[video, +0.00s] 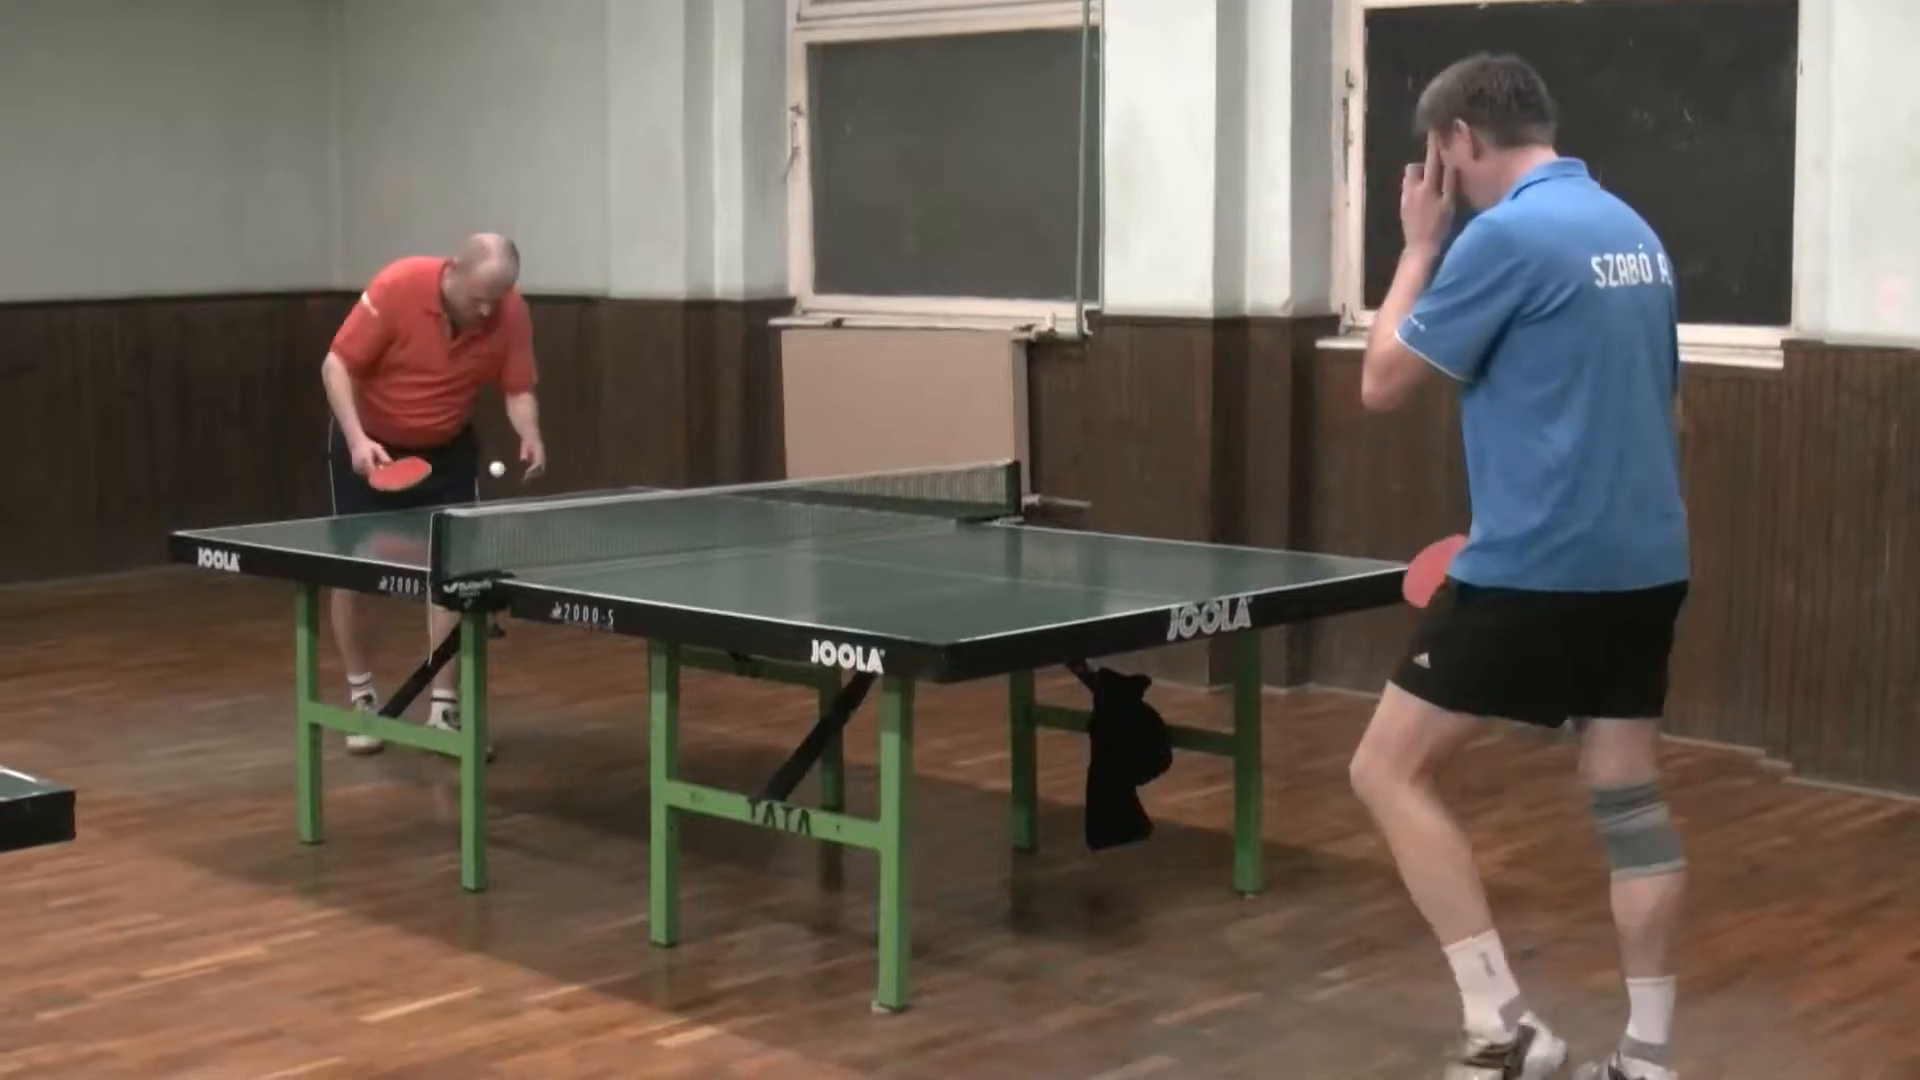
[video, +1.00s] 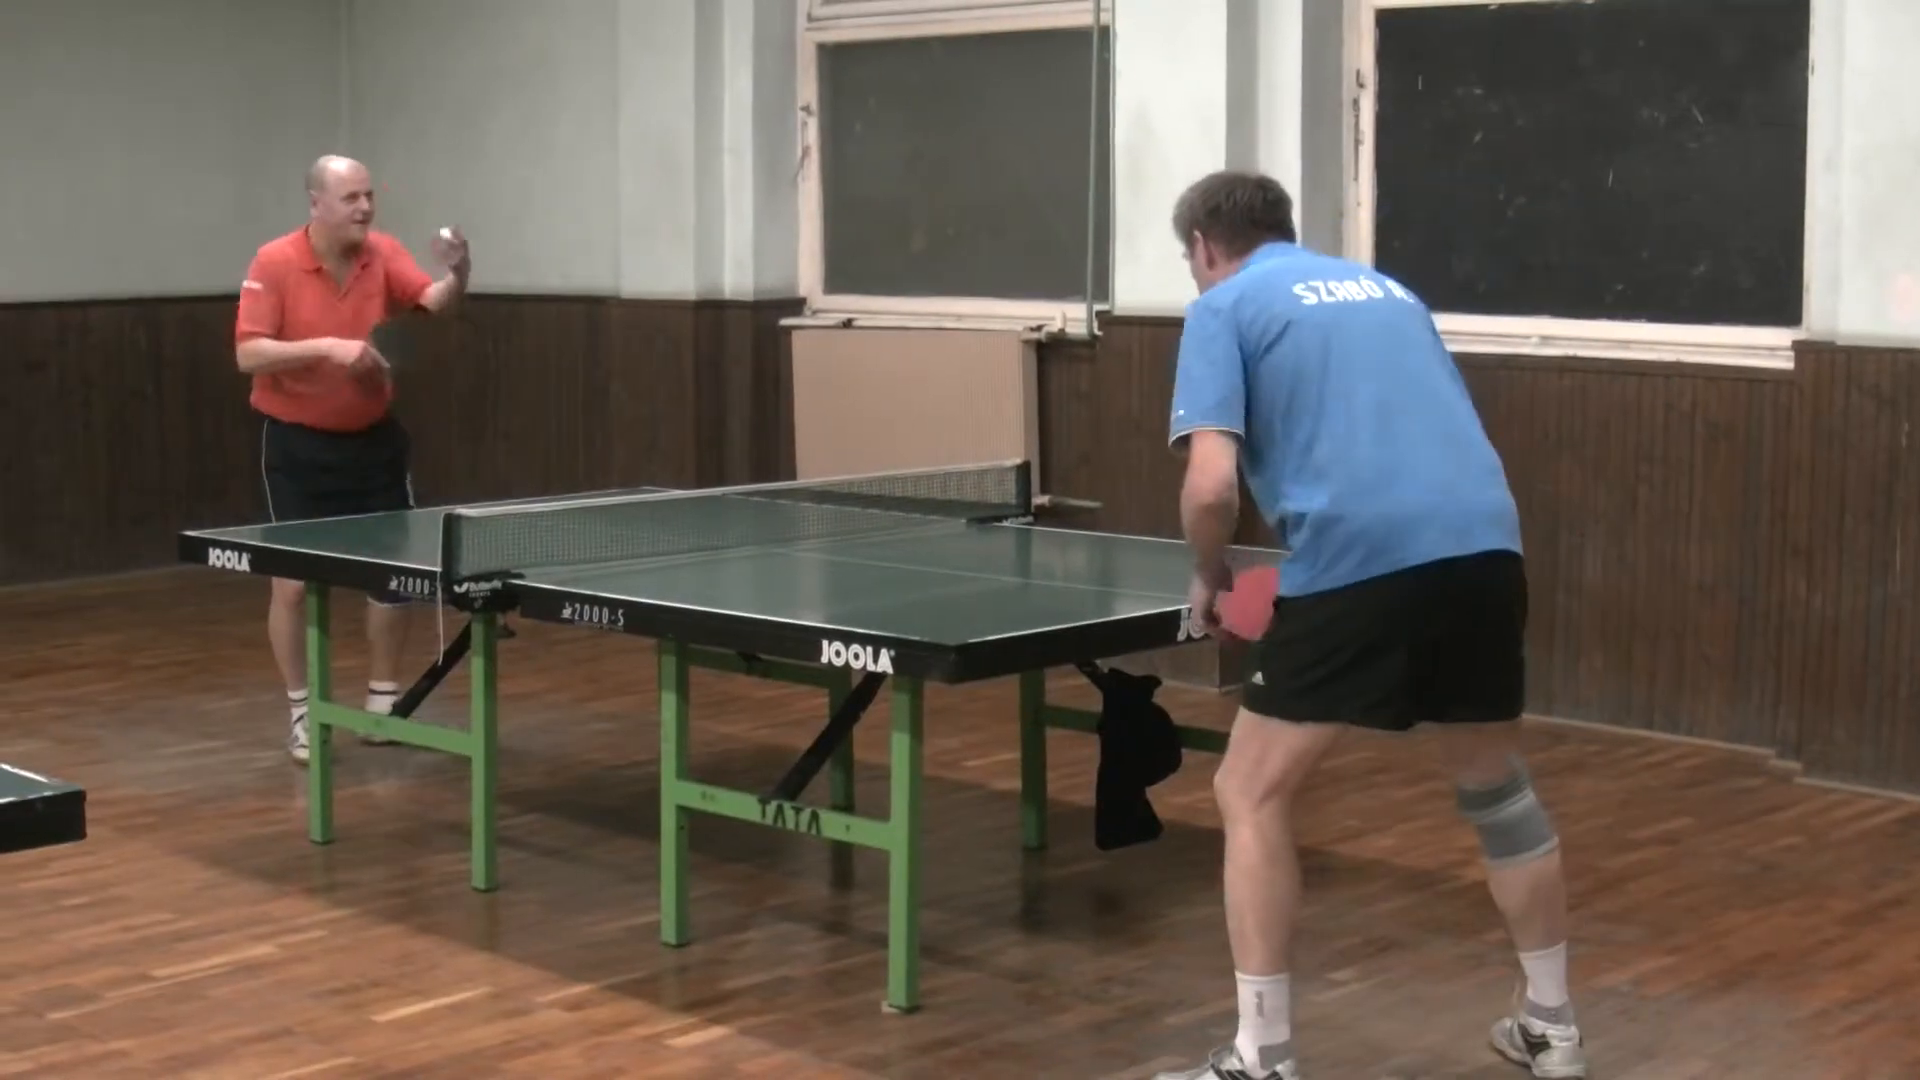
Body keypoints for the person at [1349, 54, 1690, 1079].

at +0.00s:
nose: (1441, 177)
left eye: (1438, 159)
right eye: (1436, 163)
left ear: (1463, 140)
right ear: (1545, 130)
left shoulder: (1507, 235)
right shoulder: (1632, 230)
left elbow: (1382, 382)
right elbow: (1655, 403)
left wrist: (1418, 247)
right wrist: (1505, 536)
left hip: (1533, 569)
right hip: (1646, 567)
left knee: (1387, 768)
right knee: (1629, 801)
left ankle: (1496, 1023)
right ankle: (1650, 1053)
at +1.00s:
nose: (1195, 278)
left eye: (1191, 262)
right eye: (1193, 264)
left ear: (1209, 248)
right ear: (1281, 232)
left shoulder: (1221, 309)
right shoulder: (1385, 287)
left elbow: (1212, 484)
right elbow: (1411, 438)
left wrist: (1209, 576)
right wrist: (1300, 548)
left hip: (1355, 562)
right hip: (1484, 547)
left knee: (1251, 791)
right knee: (1495, 783)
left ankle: (1262, 1051)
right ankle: (1551, 1020)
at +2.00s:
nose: (1362, 311)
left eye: (1363, 293)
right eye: (1361, 293)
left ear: (1390, 291)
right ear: (1451, 280)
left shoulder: (1422, 353)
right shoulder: (1531, 329)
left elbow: (1424, 533)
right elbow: (1560, 501)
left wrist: (1389, 615)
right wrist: (1448, 565)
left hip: (1573, 594)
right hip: (1671, 576)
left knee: (1447, 816)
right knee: (1609, 731)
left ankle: (1534, 1057)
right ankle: (1650, 918)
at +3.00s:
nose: (1547, 214)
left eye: (1555, 195)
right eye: (1547, 195)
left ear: (1601, 200)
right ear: (1608, 197)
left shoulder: (1676, 288)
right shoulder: (1635, 282)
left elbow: (1741, 451)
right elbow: (1651, 408)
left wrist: (1665, 582)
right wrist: (1574, 491)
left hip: (1786, 528)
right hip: (1741, 525)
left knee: (1733, 758)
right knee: (1702, 706)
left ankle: (1806, 1016)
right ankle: (1769, 921)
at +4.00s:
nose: (1593, 167)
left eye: (1594, 150)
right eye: (1596, 149)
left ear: (1614, 153)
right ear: (1689, 146)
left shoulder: (1640, 259)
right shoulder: (1768, 241)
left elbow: (1636, 449)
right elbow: (1828, 403)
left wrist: (1594, 553)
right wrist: (1802, 515)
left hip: (1708, 552)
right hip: (1808, 546)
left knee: (1640, 782)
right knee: (1785, 742)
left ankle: (1698, 1034)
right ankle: (1822, 961)